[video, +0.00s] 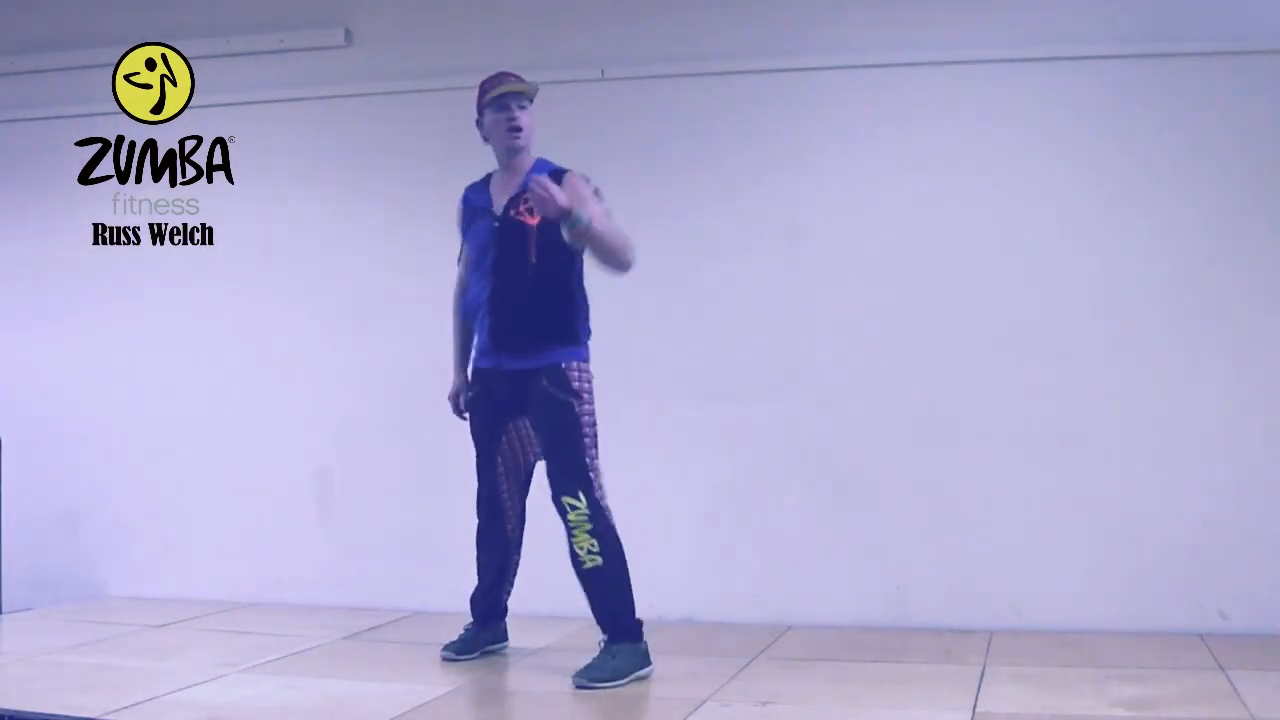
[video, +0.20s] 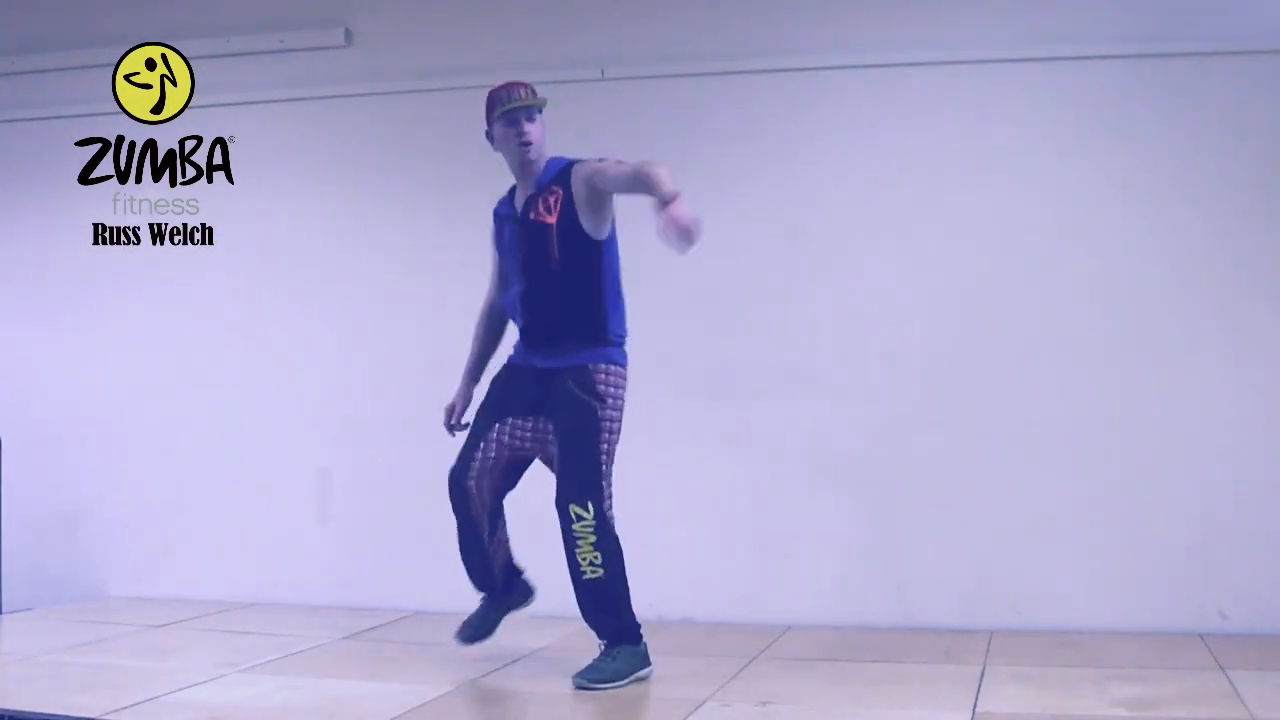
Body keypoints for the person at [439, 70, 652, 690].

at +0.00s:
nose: (513, 117)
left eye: (521, 106)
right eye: (500, 110)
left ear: (536, 117)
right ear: (482, 126)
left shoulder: (569, 186)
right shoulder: (475, 199)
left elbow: (623, 256)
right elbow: (467, 285)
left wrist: (576, 212)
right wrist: (460, 367)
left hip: (559, 370)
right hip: (494, 373)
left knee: (581, 505)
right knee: (496, 505)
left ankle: (625, 643)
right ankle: (488, 625)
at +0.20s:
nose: (523, 128)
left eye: (530, 117)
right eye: (509, 121)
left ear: (545, 124)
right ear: (491, 136)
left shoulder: (580, 177)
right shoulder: (505, 214)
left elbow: (645, 173)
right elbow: (498, 303)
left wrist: (671, 202)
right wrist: (466, 384)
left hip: (590, 371)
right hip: (527, 370)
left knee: (583, 508)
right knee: (469, 484)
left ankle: (625, 646)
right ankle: (502, 586)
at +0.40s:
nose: (528, 123)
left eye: (535, 111)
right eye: (514, 117)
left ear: (551, 118)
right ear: (497, 135)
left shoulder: (594, 170)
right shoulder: (509, 210)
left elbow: (678, 184)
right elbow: (523, 296)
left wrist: (659, 123)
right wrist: (502, 378)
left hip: (607, 365)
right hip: (545, 371)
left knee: (600, 504)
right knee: (522, 493)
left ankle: (627, 645)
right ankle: (584, 609)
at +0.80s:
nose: (500, 120)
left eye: (512, 109)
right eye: (494, 113)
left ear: (543, 118)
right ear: (492, 128)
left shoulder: (582, 181)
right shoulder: (500, 201)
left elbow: (650, 246)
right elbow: (516, 290)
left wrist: (653, 185)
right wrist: (491, 357)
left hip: (587, 371)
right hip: (527, 373)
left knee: (587, 513)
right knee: (465, 477)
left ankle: (624, 646)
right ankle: (521, 593)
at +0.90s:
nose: (494, 103)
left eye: (507, 93)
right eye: (488, 95)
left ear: (536, 104)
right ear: (483, 110)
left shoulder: (568, 174)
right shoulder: (482, 186)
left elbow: (607, 245)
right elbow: (488, 277)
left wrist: (650, 279)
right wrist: (477, 348)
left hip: (567, 365)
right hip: (502, 367)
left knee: (589, 501)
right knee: (476, 494)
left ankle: (622, 641)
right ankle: (469, 614)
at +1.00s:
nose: (489, 113)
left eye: (500, 103)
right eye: (482, 105)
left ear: (528, 112)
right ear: (477, 117)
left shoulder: (558, 185)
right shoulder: (473, 189)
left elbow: (589, 263)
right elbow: (471, 280)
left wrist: (618, 338)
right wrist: (460, 353)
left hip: (551, 369)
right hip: (489, 373)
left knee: (580, 502)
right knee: (475, 499)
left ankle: (622, 642)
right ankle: (461, 623)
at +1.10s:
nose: (468, 127)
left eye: (479, 116)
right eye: (461, 118)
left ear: (507, 121)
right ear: (456, 128)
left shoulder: (537, 197)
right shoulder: (451, 197)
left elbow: (542, 295)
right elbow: (440, 283)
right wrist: (432, 363)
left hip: (522, 373)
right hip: (462, 374)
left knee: (546, 504)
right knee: (462, 506)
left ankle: (613, 633)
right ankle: (464, 626)